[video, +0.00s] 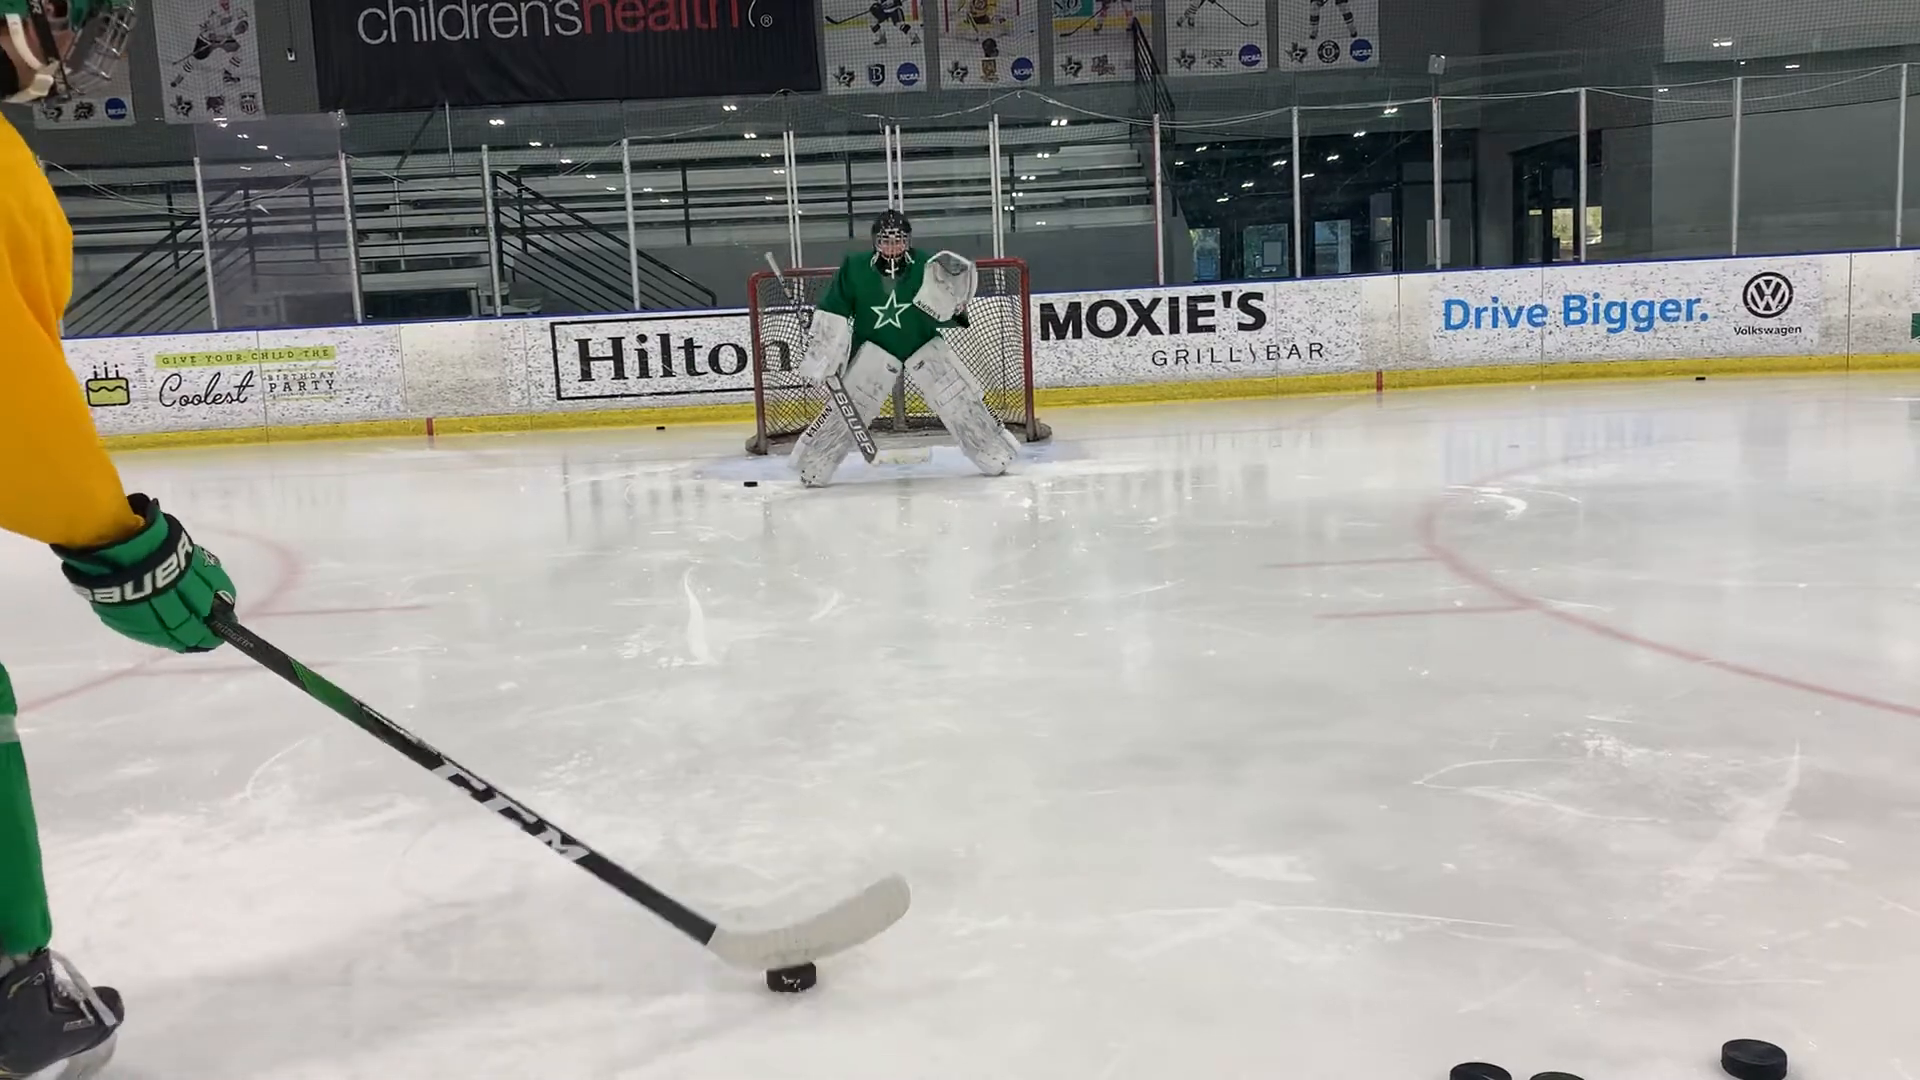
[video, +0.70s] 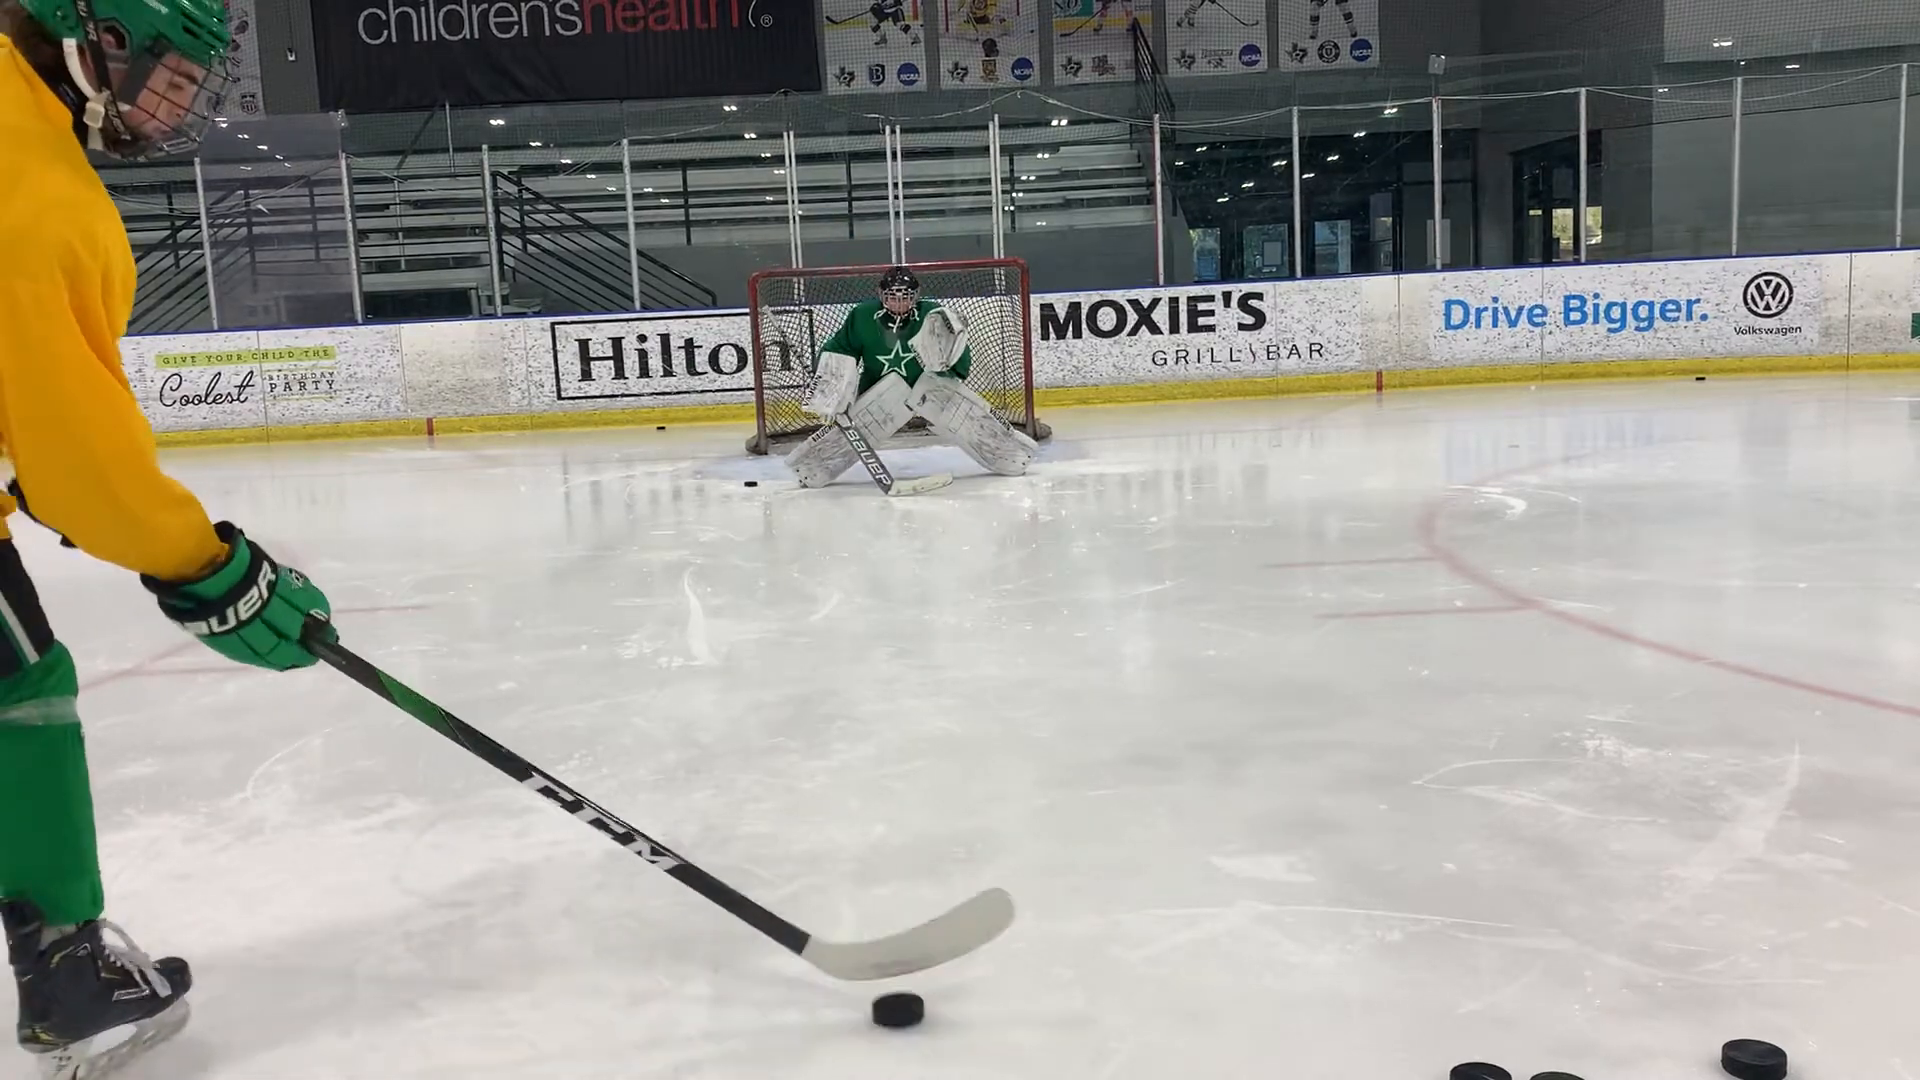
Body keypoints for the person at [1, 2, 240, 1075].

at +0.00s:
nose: (54, 53)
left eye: (56, 30)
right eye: (47, 26)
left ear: (19, 32)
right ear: (12, 26)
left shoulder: (13, 163)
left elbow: (17, 367)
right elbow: (13, 375)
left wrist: (105, 536)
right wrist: (118, 542)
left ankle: (16, 981)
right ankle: (15, 986)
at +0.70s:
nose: (178, 114)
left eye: (193, 91)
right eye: (169, 81)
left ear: (80, 48)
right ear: (88, 46)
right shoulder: (36, 197)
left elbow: (61, 415)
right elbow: (78, 447)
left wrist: (181, 554)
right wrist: (217, 574)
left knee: (27, 685)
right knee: (29, 687)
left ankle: (52, 955)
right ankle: (61, 968)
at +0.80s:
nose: (214, 125)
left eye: (225, 103)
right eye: (207, 96)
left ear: (118, 64)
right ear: (133, 66)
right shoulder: (60, 206)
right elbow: (85, 443)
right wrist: (226, 586)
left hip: (4, 500)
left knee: (41, 669)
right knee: (54, 670)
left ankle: (74, 925)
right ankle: (86, 947)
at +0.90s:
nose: (235, 135)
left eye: (243, 109)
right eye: (230, 104)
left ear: (130, 64)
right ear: (172, 81)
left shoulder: (27, 115)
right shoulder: (108, 217)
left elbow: (47, 342)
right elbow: (140, 458)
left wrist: (122, 497)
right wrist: (258, 604)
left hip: (11, 481)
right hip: (3, 492)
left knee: (77, 667)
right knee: (90, 667)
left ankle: (115, 925)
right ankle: (122, 937)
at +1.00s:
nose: (270, 150)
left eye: (278, 125)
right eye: (267, 121)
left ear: (158, 86)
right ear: (220, 106)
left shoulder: (47, 134)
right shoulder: (164, 233)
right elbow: (193, 459)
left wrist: (121, 517)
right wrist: (300, 609)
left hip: (12, 473)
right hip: (11, 485)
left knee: (132, 650)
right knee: (147, 650)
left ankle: (155, 910)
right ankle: (167, 921)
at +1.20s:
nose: (358, 146)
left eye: (366, 120)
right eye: (357, 116)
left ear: (245, 77)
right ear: (309, 95)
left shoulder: (129, 129)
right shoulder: (241, 196)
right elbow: (254, 412)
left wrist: (223, 504)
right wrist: (336, 550)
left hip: (6, 438)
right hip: (98, 453)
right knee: (248, 635)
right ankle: (324, 857)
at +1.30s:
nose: (401, 152)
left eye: (407, 125)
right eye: (400, 120)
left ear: (283, 79)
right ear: (360, 101)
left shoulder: (142, 88)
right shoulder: (347, 229)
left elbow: (60, 175)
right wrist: (430, 428)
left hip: (19, 423)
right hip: (194, 469)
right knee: (292, 666)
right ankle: (379, 851)